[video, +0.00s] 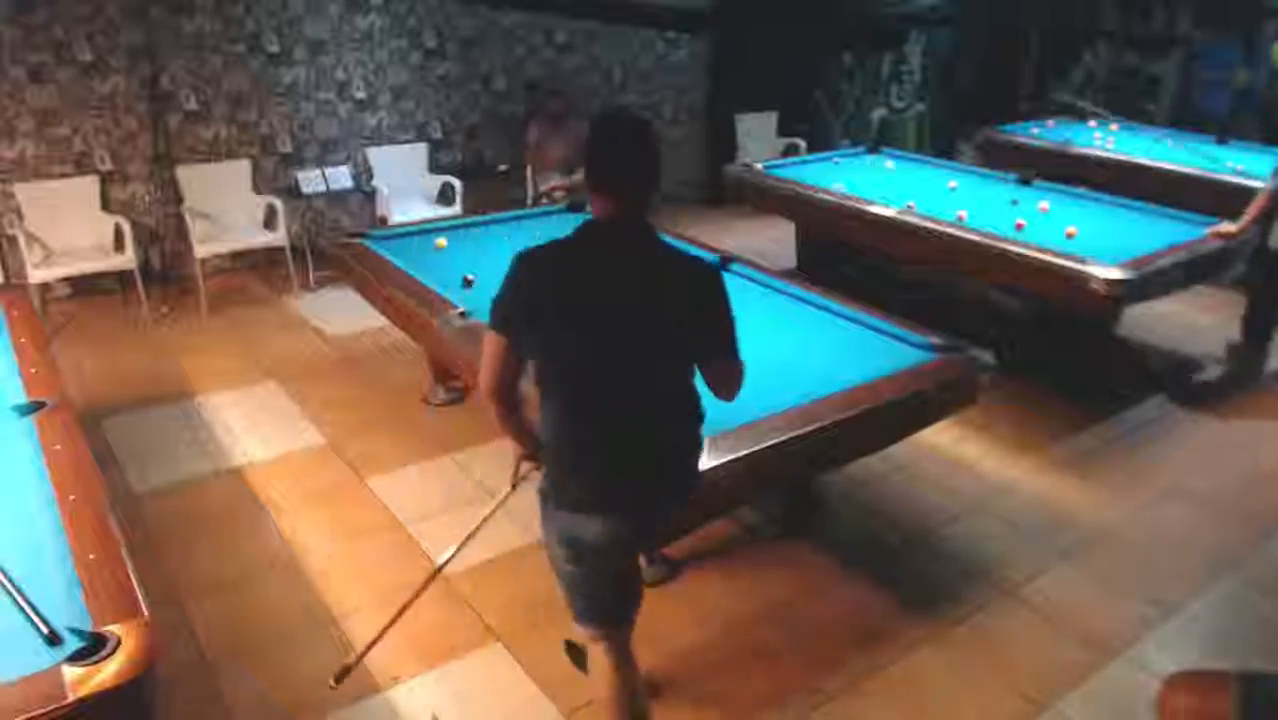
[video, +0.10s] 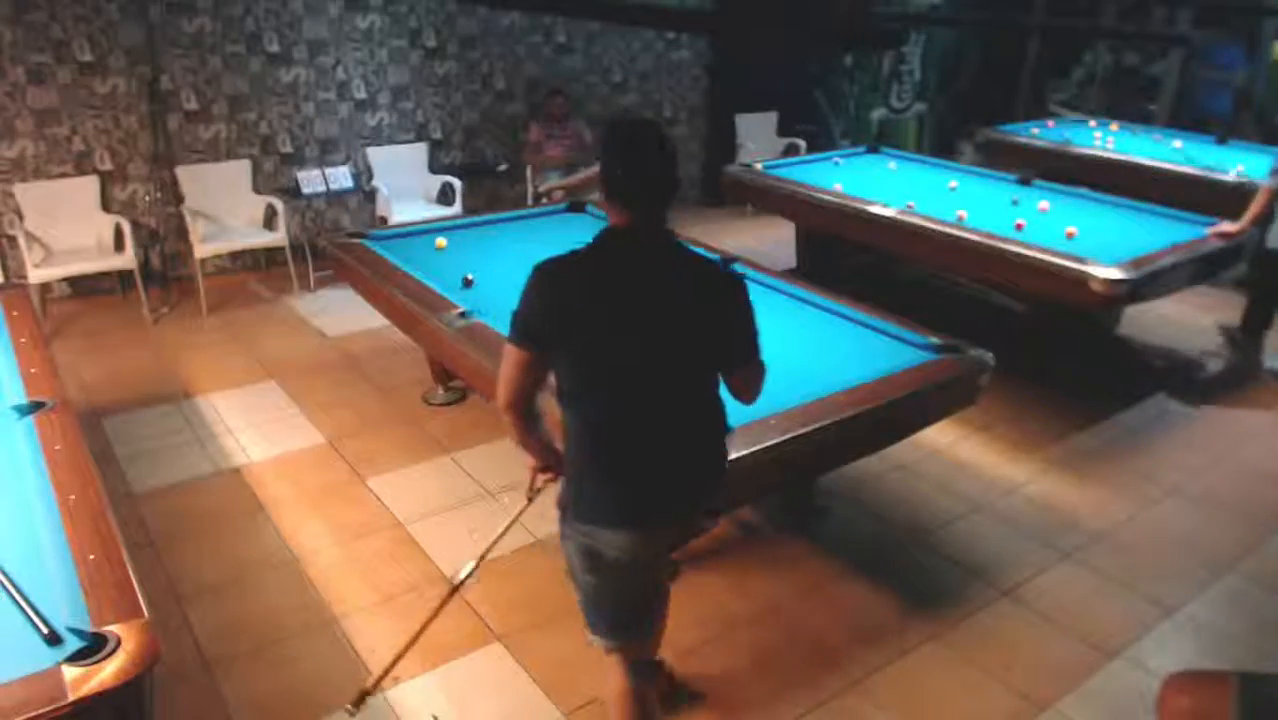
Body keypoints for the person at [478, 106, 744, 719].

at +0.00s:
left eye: (593, 170)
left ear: (585, 179)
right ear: (655, 180)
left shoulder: (536, 271)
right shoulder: (693, 278)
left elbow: (495, 387)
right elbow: (726, 383)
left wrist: (533, 446)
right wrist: (680, 323)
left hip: (582, 490)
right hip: (669, 481)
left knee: (609, 634)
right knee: (622, 555)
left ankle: (628, 697)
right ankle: (599, 643)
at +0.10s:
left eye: (605, 174)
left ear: (602, 188)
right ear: (672, 185)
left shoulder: (557, 281)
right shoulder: (715, 283)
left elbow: (513, 400)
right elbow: (746, 387)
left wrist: (547, 455)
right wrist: (697, 325)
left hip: (605, 501)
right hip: (693, 487)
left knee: (626, 649)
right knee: (649, 581)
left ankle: (646, 697)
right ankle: (647, 676)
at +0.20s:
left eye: (620, 174)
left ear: (618, 188)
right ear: (689, 184)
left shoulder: (579, 282)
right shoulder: (740, 283)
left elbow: (536, 405)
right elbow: (764, 383)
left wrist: (567, 458)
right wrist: (711, 325)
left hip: (623, 507)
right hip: (710, 493)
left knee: (638, 658)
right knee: (688, 572)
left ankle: (655, 701)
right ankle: (691, 676)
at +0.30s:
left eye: (646, 170)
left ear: (646, 183)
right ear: (718, 181)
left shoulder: (603, 280)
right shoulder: (765, 282)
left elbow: (561, 403)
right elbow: (784, 381)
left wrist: (587, 454)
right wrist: (728, 325)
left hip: (639, 512)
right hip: (726, 501)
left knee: (648, 662)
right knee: (722, 588)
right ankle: (742, 688)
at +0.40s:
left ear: (674, 184)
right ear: (745, 184)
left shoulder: (631, 281)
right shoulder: (789, 284)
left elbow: (585, 401)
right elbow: (803, 381)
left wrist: (611, 450)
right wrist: (743, 342)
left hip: (662, 506)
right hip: (750, 495)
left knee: (654, 661)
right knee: (755, 598)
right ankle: (793, 697)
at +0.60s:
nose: (729, 197)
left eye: (731, 186)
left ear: (735, 193)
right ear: (802, 188)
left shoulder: (694, 274)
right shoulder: (839, 271)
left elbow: (644, 389)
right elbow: (845, 380)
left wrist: (660, 447)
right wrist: (798, 413)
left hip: (717, 495)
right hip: (805, 490)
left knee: (683, 651)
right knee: (802, 611)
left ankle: (681, 713)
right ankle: (813, 706)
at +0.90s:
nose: (788, 198)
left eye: (787, 189)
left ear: (787, 197)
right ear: (850, 194)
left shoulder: (751, 263)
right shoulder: (881, 272)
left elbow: (710, 375)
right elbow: (885, 383)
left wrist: (722, 450)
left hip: (773, 476)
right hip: (860, 475)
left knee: (757, 652)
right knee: (824, 596)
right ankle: (818, 707)